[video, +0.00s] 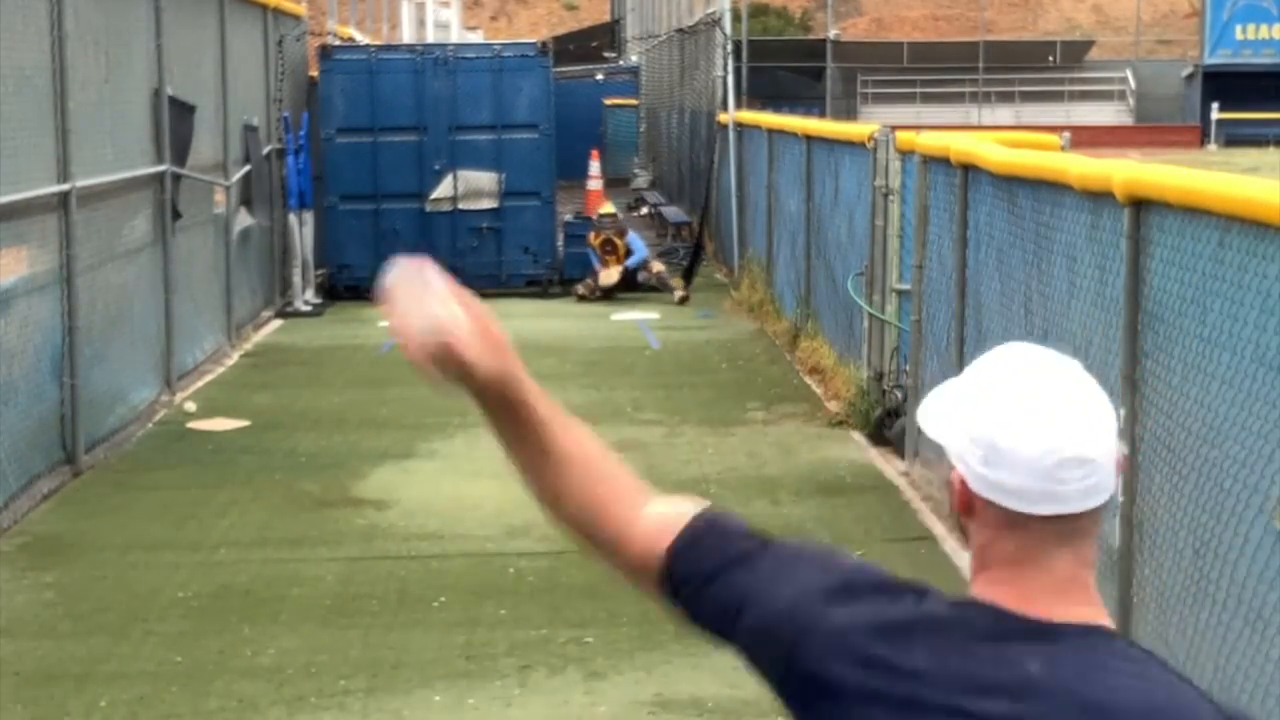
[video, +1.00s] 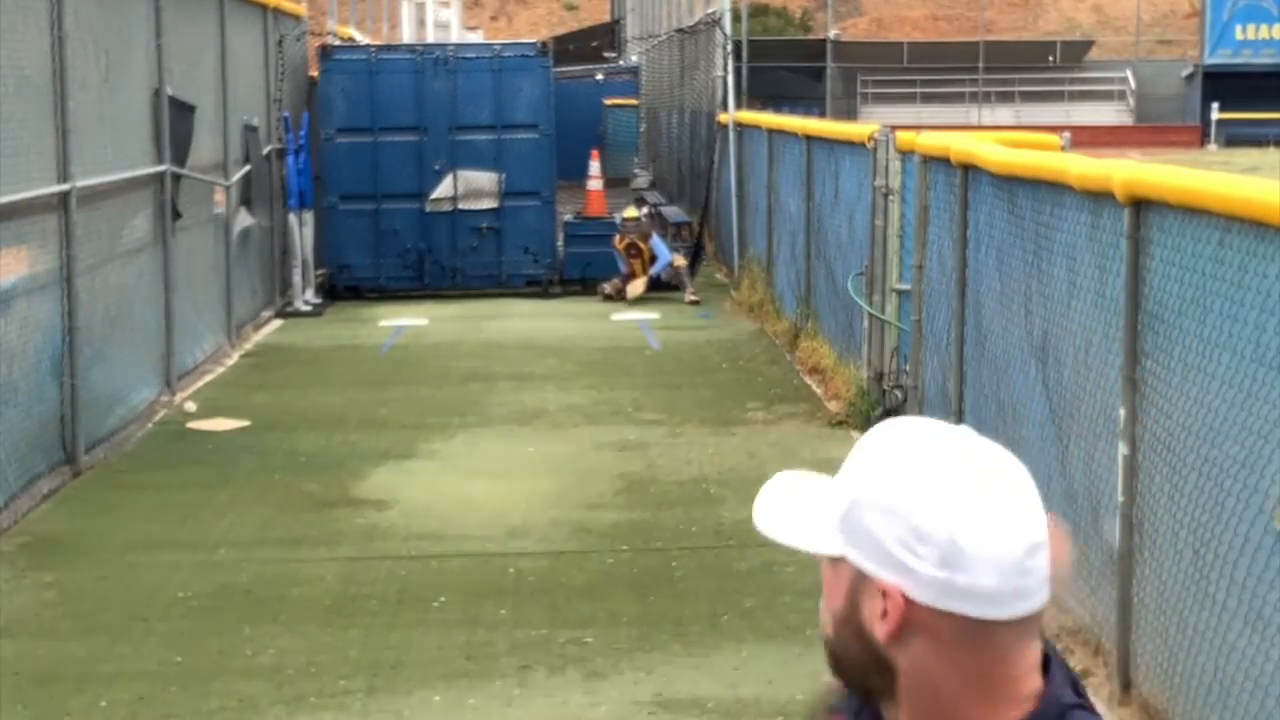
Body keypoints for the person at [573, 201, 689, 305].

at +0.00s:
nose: (608, 228)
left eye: (612, 223)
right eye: (604, 224)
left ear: (618, 222)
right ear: (598, 224)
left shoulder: (628, 235)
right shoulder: (593, 238)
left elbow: (643, 253)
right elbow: (593, 257)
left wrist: (623, 267)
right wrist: (601, 271)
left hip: (631, 271)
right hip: (609, 272)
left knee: (655, 266)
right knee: (597, 280)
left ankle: (676, 291)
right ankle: (586, 290)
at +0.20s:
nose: (614, 224)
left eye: (617, 220)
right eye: (610, 221)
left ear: (623, 221)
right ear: (604, 223)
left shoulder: (634, 236)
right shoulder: (600, 240)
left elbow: (651, 251)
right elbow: (597, 261)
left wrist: (631, 256)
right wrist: (605, 271)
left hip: (635, 276)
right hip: (612, 276)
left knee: (657, 266)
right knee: (598, 284)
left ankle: (678, 292)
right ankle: (586, 290)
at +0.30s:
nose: (617, 226)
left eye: (621, 222)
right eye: (613, 222)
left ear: (628, 222)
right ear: (608, 223)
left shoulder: (637, 236)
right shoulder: (603, 238)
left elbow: (654, 249)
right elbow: (596, 254)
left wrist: (635, 249)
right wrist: (602, 270)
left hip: (636, 275)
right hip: (613, 276)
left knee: (658, 266)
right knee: (597, 283)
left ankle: (677, 292)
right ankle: (586, 291)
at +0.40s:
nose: (617, 223)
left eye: (621, 219)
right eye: (614, 219)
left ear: (626, 220)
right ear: (609, 221)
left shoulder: (638, 235)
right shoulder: (604, 237)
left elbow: (659, 245)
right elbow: (597, 253)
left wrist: (638, 234)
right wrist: (602, 269)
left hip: (637, 276)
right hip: (614, 277)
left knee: (658, 267)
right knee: (599, 283)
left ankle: (678, 293)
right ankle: (586, 290)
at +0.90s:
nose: (608, 218)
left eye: (612, 214)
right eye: (604, 214)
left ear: (618, 212)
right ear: (599, 215)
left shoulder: (628, 225)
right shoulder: (596, 231)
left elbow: (651, 239)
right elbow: (589, 249)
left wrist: (632, 242)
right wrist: (594, 260)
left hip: (631, 263)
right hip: (609, 265)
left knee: (655, 272)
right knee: (595, 286)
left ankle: (676, 293)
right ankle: (593, 291)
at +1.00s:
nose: (631, 228)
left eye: (635, 224)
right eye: (627, 225)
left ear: (641, 224)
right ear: (622, 226)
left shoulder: (650, 236)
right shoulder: (618, 242)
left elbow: (666, 258)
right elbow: (624, 269)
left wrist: (647, 277)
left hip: (656, 275)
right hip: (634, 278)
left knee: (678, 261)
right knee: (610, 288)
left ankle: (689, 292)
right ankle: (612, 292)